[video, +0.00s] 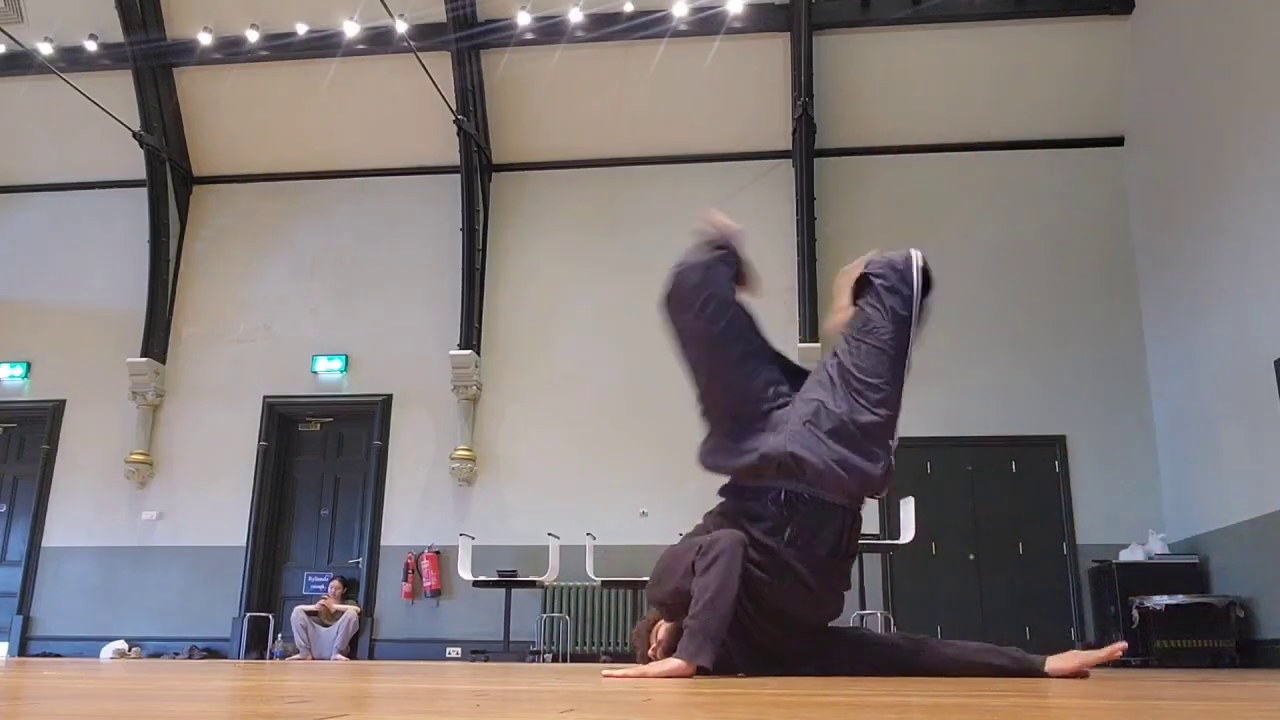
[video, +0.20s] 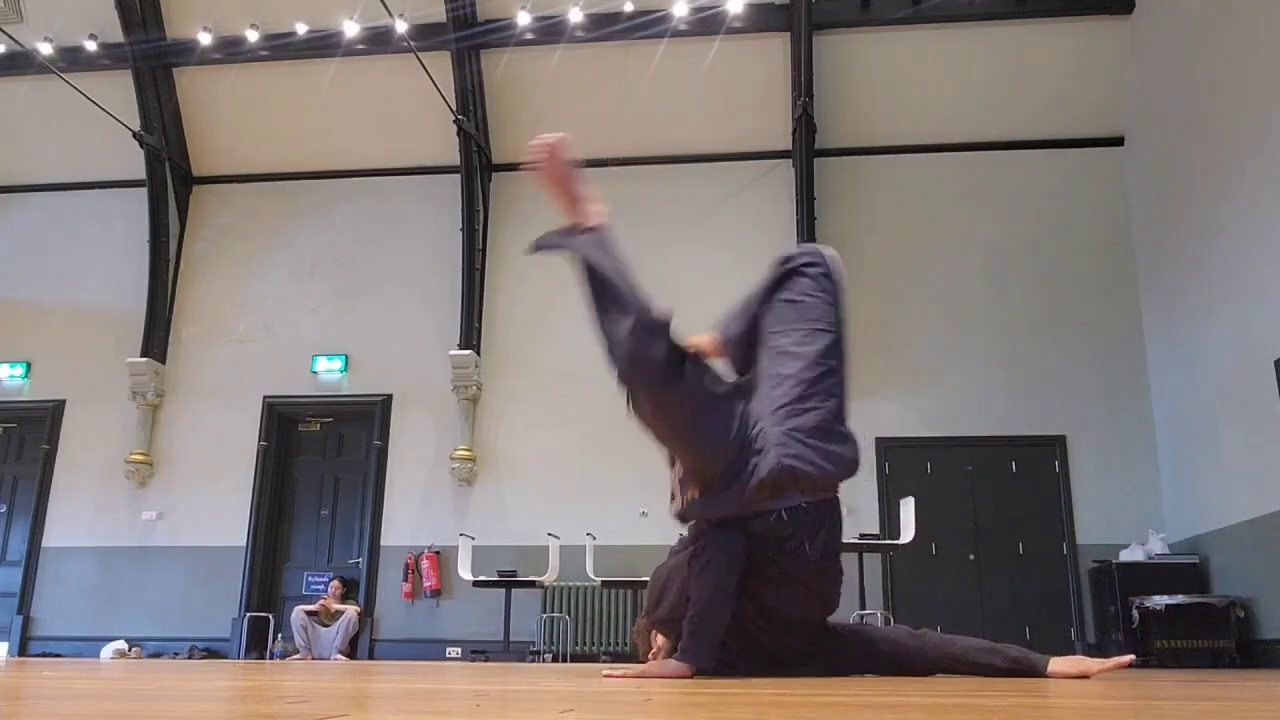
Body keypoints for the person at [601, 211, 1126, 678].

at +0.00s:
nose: (665, 640)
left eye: (655, 640)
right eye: (665, 650)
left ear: (654, 622)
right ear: (677, 653)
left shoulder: (671, 587)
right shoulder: (779, 651)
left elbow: (724, 546)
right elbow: (899, 653)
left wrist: (691, 654)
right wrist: (1038, 665)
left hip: (757, 464)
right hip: (839, 472)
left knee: (690, 291)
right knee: (900, 269)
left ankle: (721, 243)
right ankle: (845, 311)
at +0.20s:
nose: (659, 653)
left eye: (653, 647)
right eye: (656, 652)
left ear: (656, 633)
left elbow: (718, 542)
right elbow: (875, 649)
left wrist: (688, 658)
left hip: (735, 492)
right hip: (805, 473)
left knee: (649, 366)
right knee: (809, 264)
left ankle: (586, 220)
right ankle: (722, 344)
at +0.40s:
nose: (655, 645)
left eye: (654, 638)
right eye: (657, 638)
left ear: (670, 638)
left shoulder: (701, 638)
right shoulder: (817, 631)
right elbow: (926, 639)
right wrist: (1041, 665)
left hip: (682, 507)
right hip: (762, 480)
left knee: (596, 462)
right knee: (720, 241)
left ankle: (465, 322)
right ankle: (626, 332)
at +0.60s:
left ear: (747, 641)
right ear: (819, 621)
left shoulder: (724, 629)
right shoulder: (831, 576)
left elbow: (667, 557)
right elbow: (941, 585)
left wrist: (688, 659)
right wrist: (1028, 661)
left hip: (661, 492)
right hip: (714, 453)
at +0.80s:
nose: (804, 625)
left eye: (807, 629)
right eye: (820, 621)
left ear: (796, 609)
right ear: (835, 589)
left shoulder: (713, 588)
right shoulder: (844, 514)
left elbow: (670, 600)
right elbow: (962, 500)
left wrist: (680, 669)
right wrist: (990, 604)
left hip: (627, 482)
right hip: (649, 407)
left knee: (544, 521)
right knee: (475, 313)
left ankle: (391, 566)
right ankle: (443, 426)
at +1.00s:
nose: (829, 582)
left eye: (837, 588)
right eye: (843, 570)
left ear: (829, 590)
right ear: (850, 531)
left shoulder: (741, 587)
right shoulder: (820, 449)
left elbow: (650, 540)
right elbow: (890, 361)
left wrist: (680, 656)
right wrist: (955, 449)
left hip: (599, 503)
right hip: (582, 419)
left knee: (401, 517)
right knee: (396, 428)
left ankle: (484, 620)